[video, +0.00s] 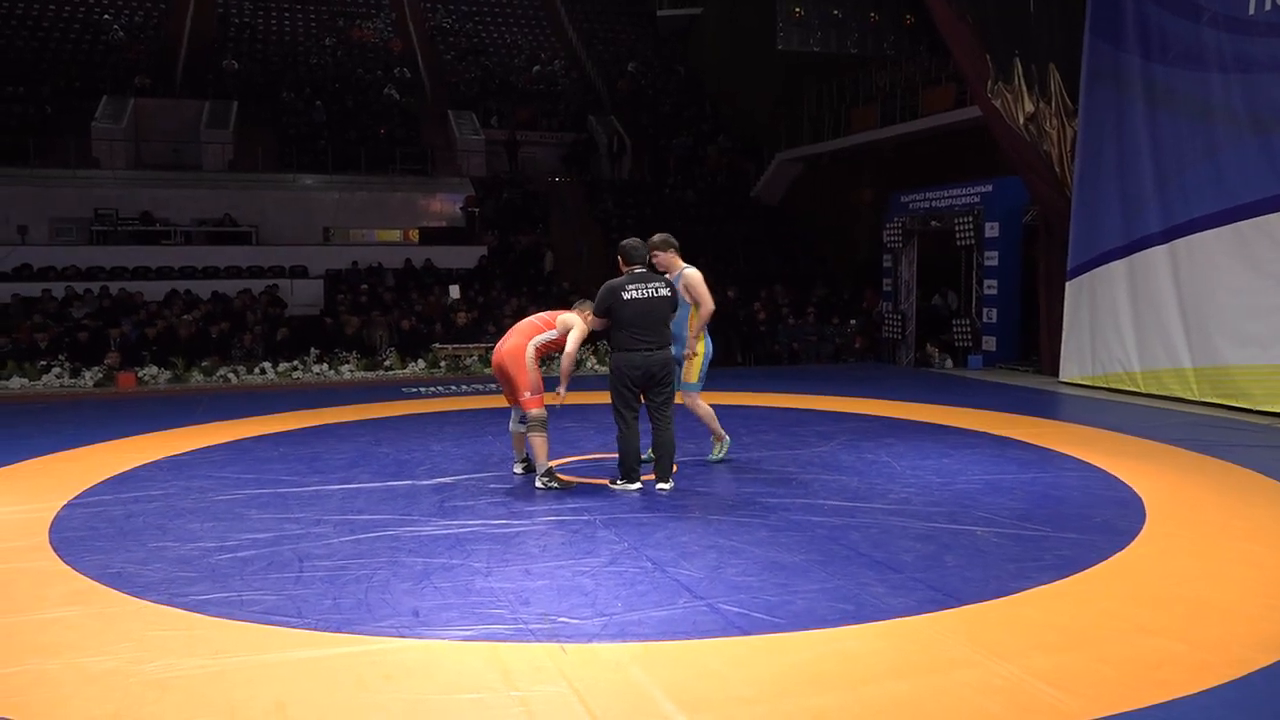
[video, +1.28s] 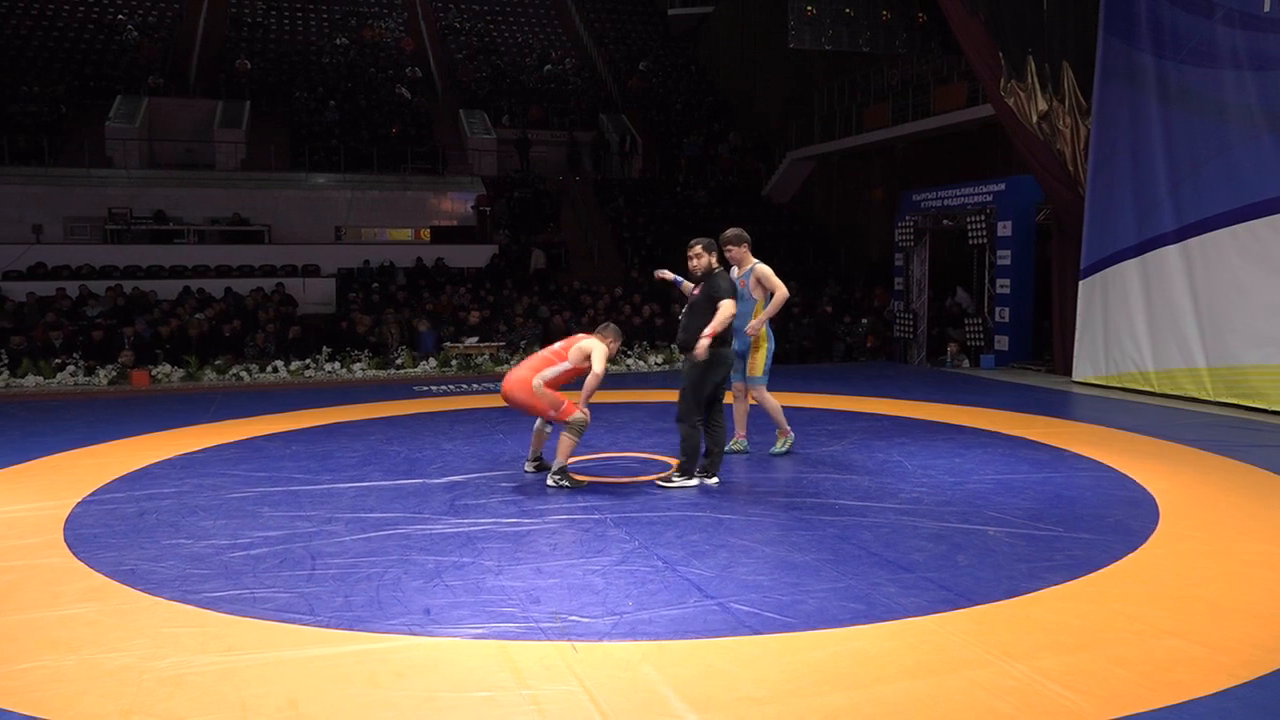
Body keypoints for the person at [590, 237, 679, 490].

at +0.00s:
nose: (618, 262)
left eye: (618, 259)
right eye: (619, 259)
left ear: (621, 261)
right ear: (647, 259)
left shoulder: (612, 288)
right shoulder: (666, 283)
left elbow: (596, 323)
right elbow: (670, 314)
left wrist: (621, 314)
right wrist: (644, 309)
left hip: (625, 361)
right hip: (661, 359)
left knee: (627, 419)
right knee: (662, 417)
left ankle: (630, 478)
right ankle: (664, 477)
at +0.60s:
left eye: (630, 262)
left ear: (631, 264)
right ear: (658, 262)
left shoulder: (621, 291)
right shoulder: (677, 287)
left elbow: (610, 323)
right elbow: (683, 319)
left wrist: (634, 318)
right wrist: (656, 315)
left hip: (639, 363)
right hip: (674, 361)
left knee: (640, 421)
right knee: (682, 414)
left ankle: (639, 479)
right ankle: (692, 471)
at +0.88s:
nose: (656, 266)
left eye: (656, 263)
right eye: (658, 263)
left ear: (659, 264)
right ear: (684, 263)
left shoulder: (655, 291)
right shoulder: (700, 289)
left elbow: (629, 325)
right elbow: (700, 323)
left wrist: (635, 343)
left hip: (661, 364)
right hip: (693, 362)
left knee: (646, 420)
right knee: (693, 414)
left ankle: (639, 477)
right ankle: (704, 471)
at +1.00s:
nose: (667, 266)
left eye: (668, 262)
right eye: (668, 262)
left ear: (673, 262)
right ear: (695, 261)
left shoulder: (674, 289)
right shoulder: (710, 286)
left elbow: (658, 325)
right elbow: (690, 306)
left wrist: (640, 345)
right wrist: (670, 286)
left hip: (677, 362)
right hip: (704, 360)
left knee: (653, 416)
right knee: (700, 414)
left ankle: (639, 472)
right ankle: (705, 472)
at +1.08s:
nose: (672, 265)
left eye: (673, 261)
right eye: (672, 261)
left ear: (684, 260)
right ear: (698, 260)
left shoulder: (687, 285)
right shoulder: (713, 283)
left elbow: (681, 320)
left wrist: (657, 344)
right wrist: (670, 280)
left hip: (685, 359)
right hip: (709, 357)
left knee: (663, 415)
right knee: (703, 414)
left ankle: (644, 469)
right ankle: (705, 471)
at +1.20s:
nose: (682, 263)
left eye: (686, 258)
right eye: (681, 259)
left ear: (702, 257)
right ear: (701, 259)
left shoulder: (707, 282)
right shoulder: (710, 279)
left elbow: (711, 315)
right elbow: (692, 295)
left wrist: (685, 343)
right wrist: (672, 276)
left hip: (700, 355)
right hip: (713, 354)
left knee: (677, 411)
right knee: (708, 413)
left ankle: (665, 469)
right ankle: (707, 470)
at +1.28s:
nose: (693, 262)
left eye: (698, 257)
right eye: (690, 258)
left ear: (713, 257)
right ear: (691, 260)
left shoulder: (719, 279)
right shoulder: (707, 280)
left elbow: (728, 309)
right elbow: (695, 293)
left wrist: (705, 337)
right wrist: (674, 278)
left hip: (707, 356)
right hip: (714, 355)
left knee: (688, 412)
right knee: (712, 415)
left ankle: (687, 471)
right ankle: (710, 470)